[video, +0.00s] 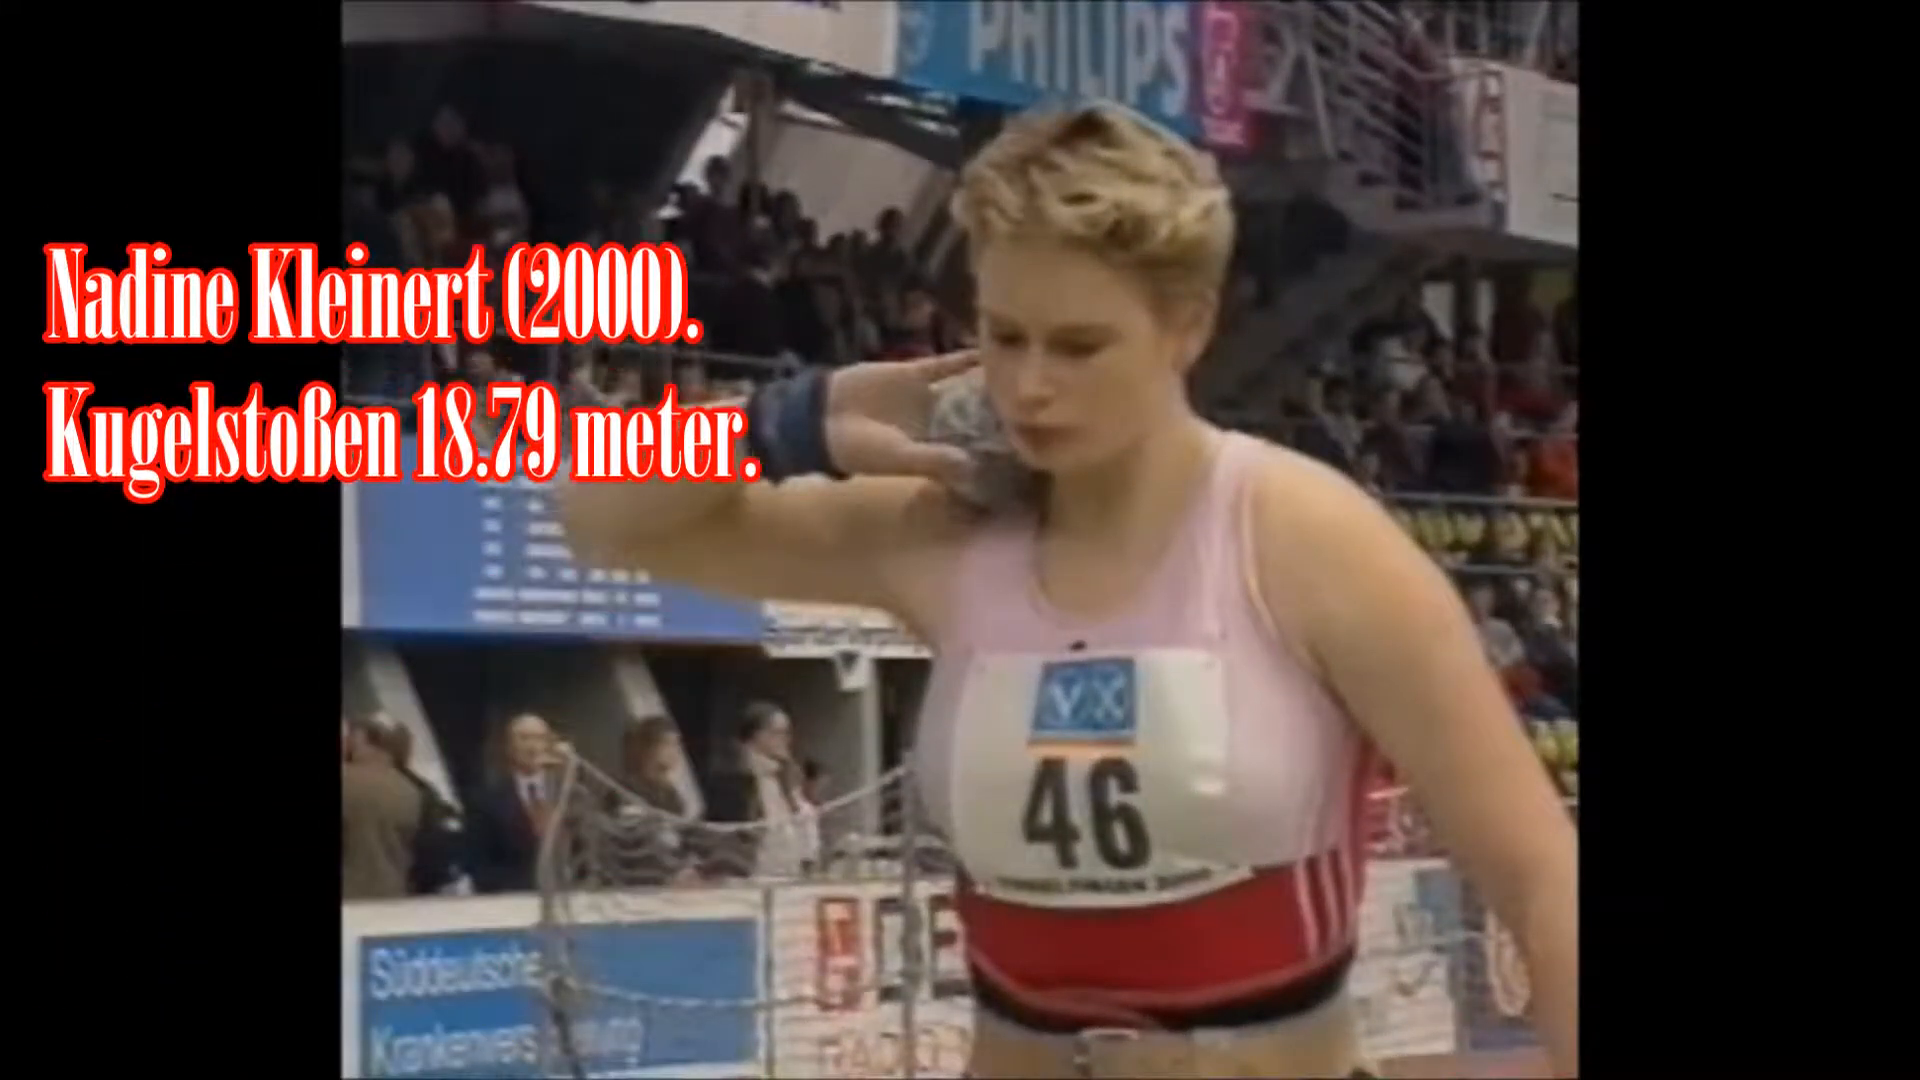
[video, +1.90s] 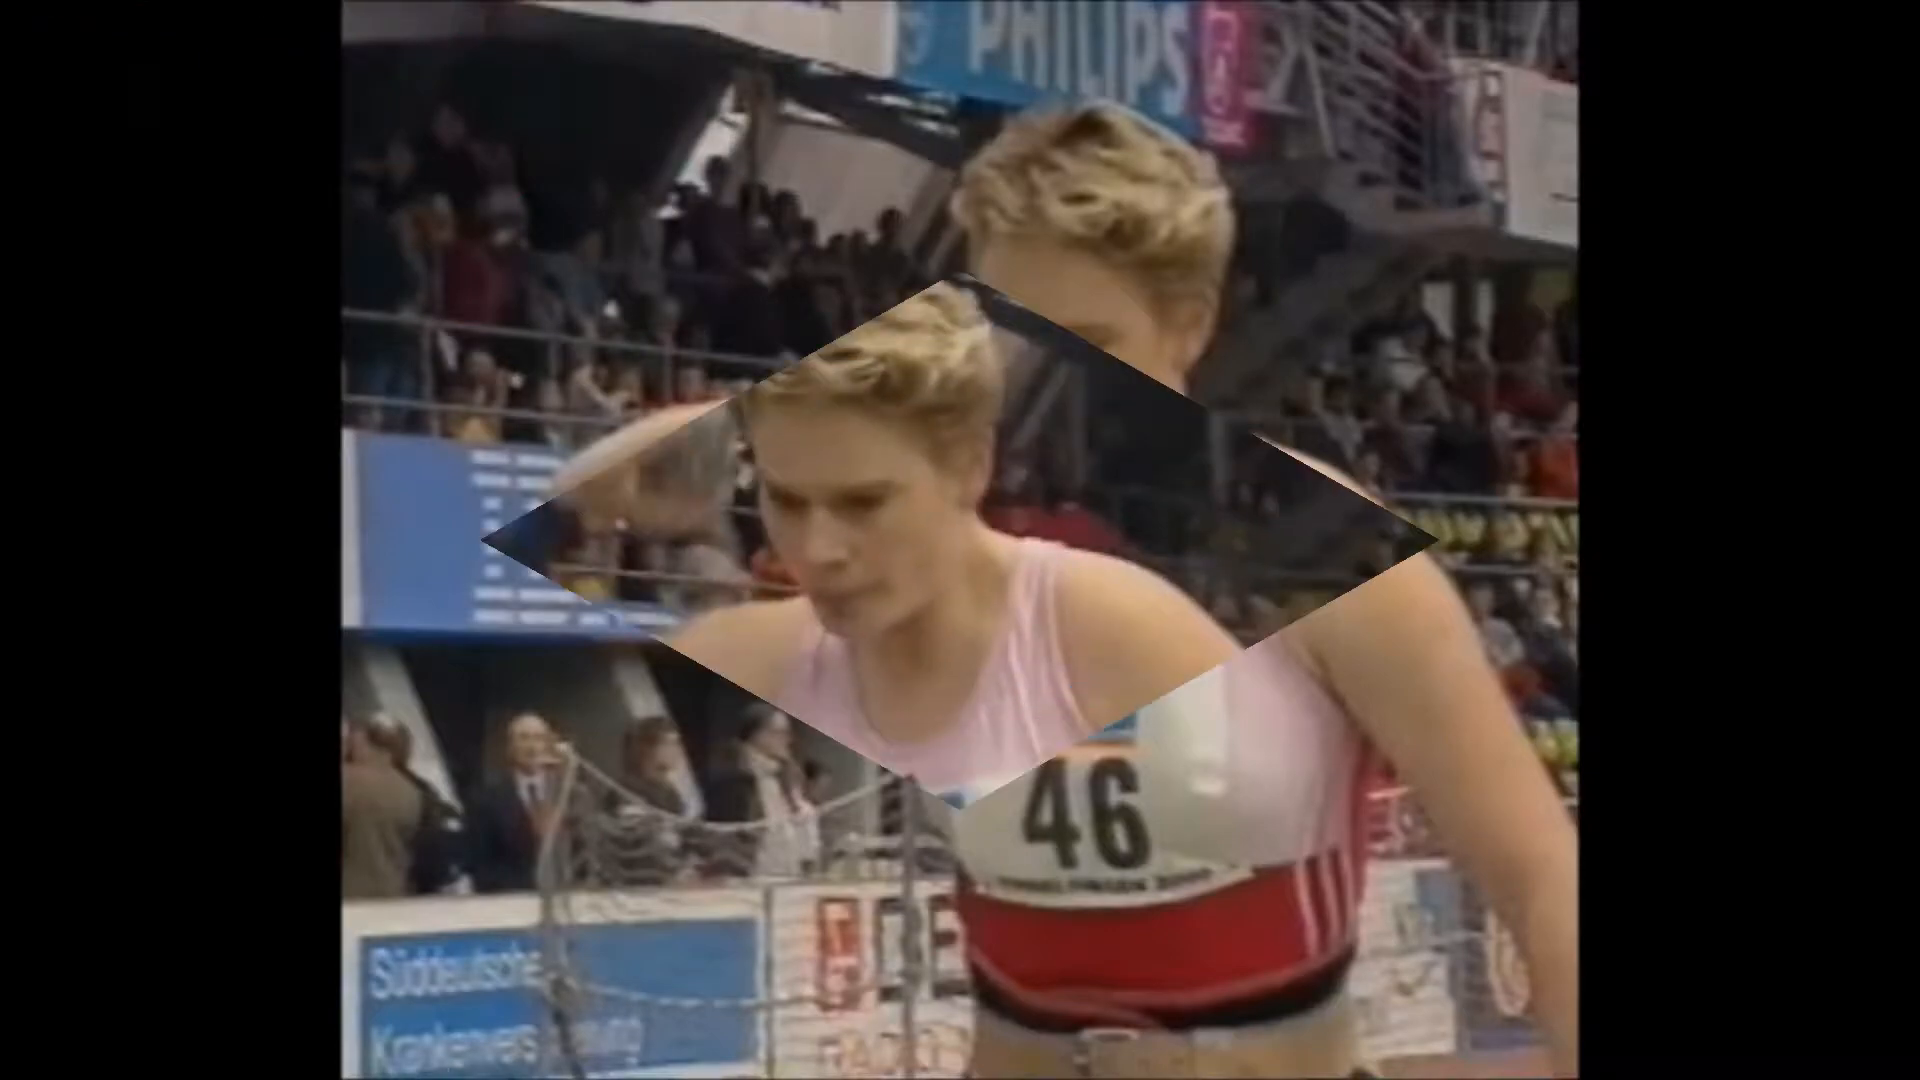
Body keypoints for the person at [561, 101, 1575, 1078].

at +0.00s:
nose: (1027, 387)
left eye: (1079, 344)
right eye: (1004, 338)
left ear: (1187, 327)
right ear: (973, 323)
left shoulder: (1301, 532)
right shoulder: (928, 534)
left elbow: (1538, 874)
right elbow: (608, 519)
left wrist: (1564, 1061)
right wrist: (812, 420)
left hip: (1272, 1055)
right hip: (1017, 1053)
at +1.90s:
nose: (1049, 381)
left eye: (1087, 344)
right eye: (1014, 338)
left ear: (1187, 326)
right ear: (970, 319)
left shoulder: (1312, 538)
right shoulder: (949, 539)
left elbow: (1539, 876)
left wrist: (1561, 1051)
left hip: (1269, 1050)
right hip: (1011, 1048)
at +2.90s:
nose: (1152, 482)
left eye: (1197, 444)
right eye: (1128, 435)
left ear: (1297, 433)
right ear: (1100, 424)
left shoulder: (1399, 612)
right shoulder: (1069, 655)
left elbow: (1613, 899)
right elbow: (759, 720)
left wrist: (1601, 1073)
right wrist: (970, 558)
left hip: (1403, 1058)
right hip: (1168, 1062)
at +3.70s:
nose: (996, 466)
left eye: (1040, 423)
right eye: (965, 419)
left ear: (1139, 377)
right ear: (936, 390)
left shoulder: (1247, 545)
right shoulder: (916, 559)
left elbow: (1407, 857)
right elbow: (552, 617)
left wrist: (1382, 1067)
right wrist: (813, 573)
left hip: (1241, 1051)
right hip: (1007, 1053)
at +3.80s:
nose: (904, 472)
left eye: (948, 424)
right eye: (867, 423)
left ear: (1047, 375)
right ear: (832, 397)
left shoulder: (1162, 521)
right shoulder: (817, 555)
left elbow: (1330, 875)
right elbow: (437, 669)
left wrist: (1286, 1069)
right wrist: (719, 580)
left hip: (1192, 1048)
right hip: (943, 1053)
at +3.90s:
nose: (834, 478)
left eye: (881, 431)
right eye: (794, 425)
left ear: (981, 375)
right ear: (759, 388)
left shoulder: (1108, 510)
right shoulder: (724, 538)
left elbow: (1289, 885)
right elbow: (359, 678)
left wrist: (1239, 1075)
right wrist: (654, 600)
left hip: (1161, 1031)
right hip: (910, 1042)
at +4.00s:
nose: (750, 512)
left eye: (797, 469)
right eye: (710, 463)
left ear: (908, 402)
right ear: (672, 416)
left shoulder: (1046, 519)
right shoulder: (654, 535)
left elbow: (1249, 934)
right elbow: (287, 724)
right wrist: (590, 642)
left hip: (1111, 1032)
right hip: (869, 1037)